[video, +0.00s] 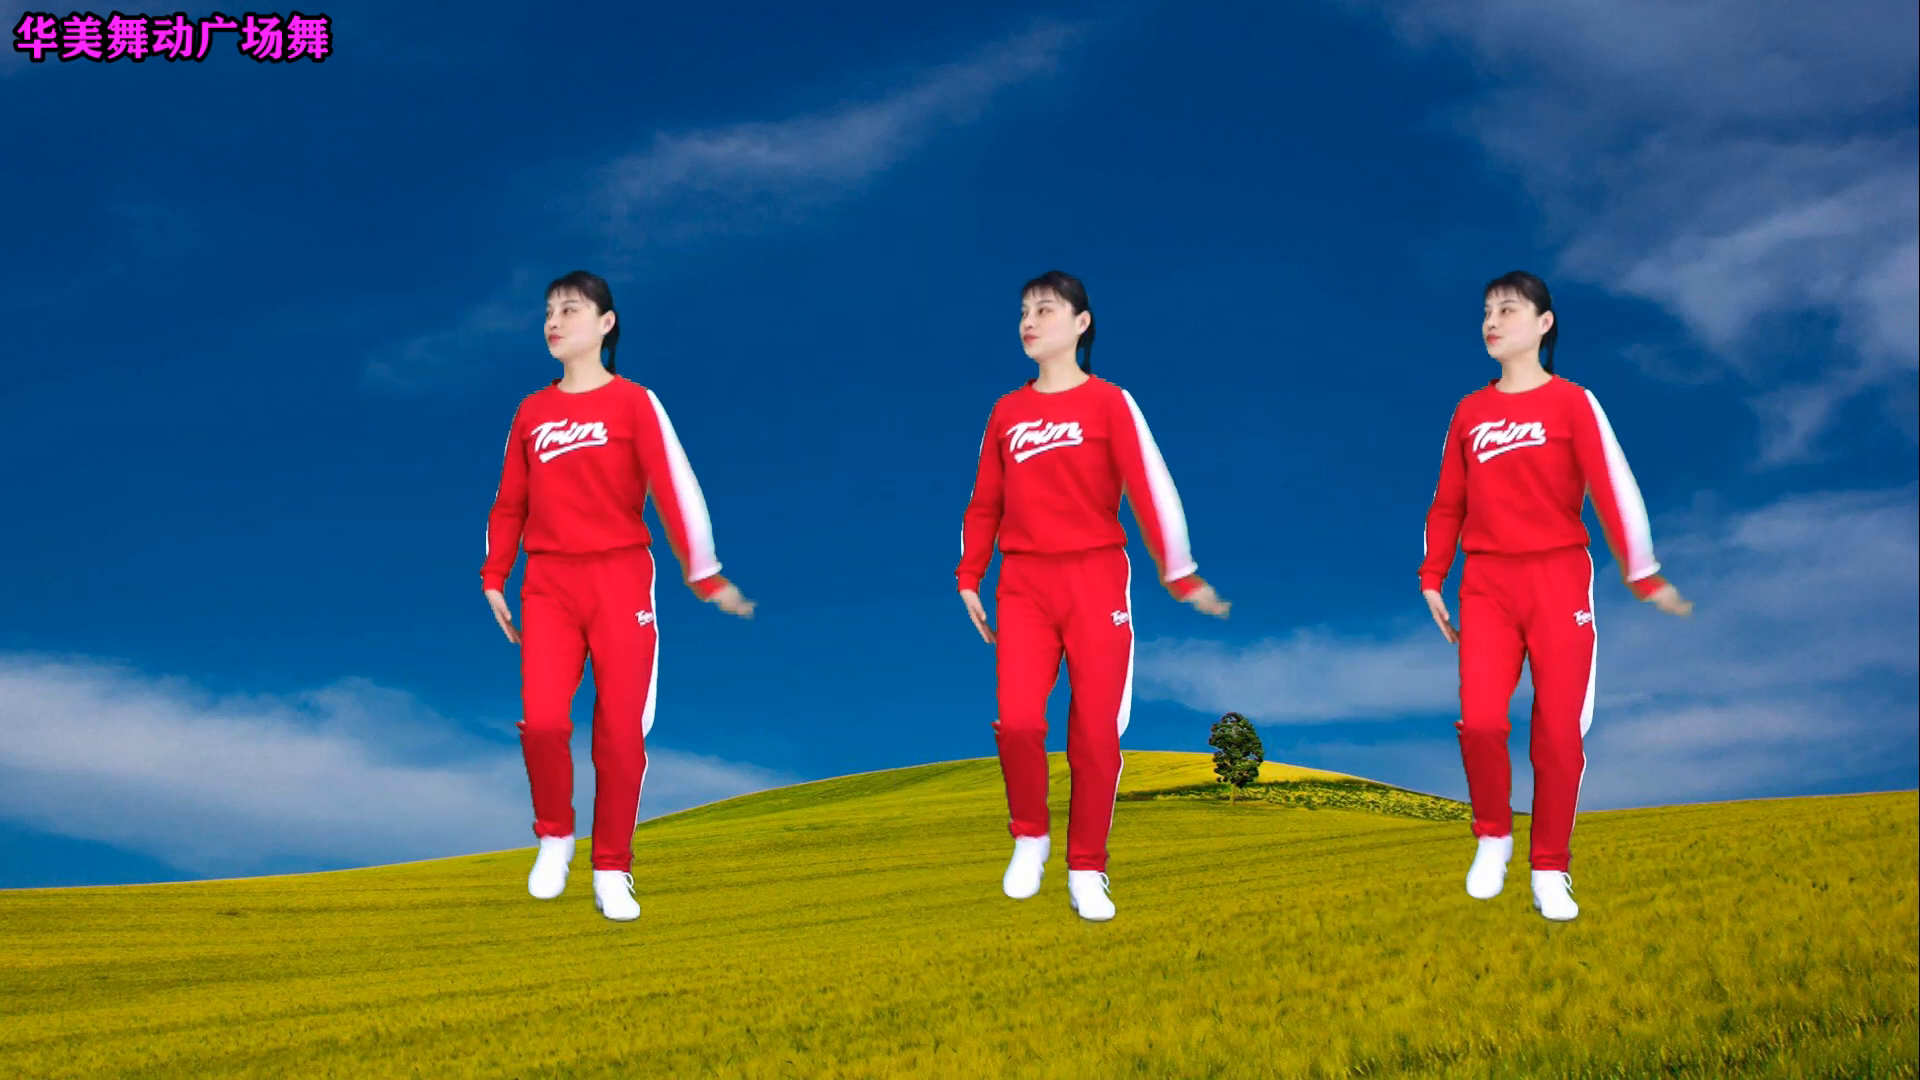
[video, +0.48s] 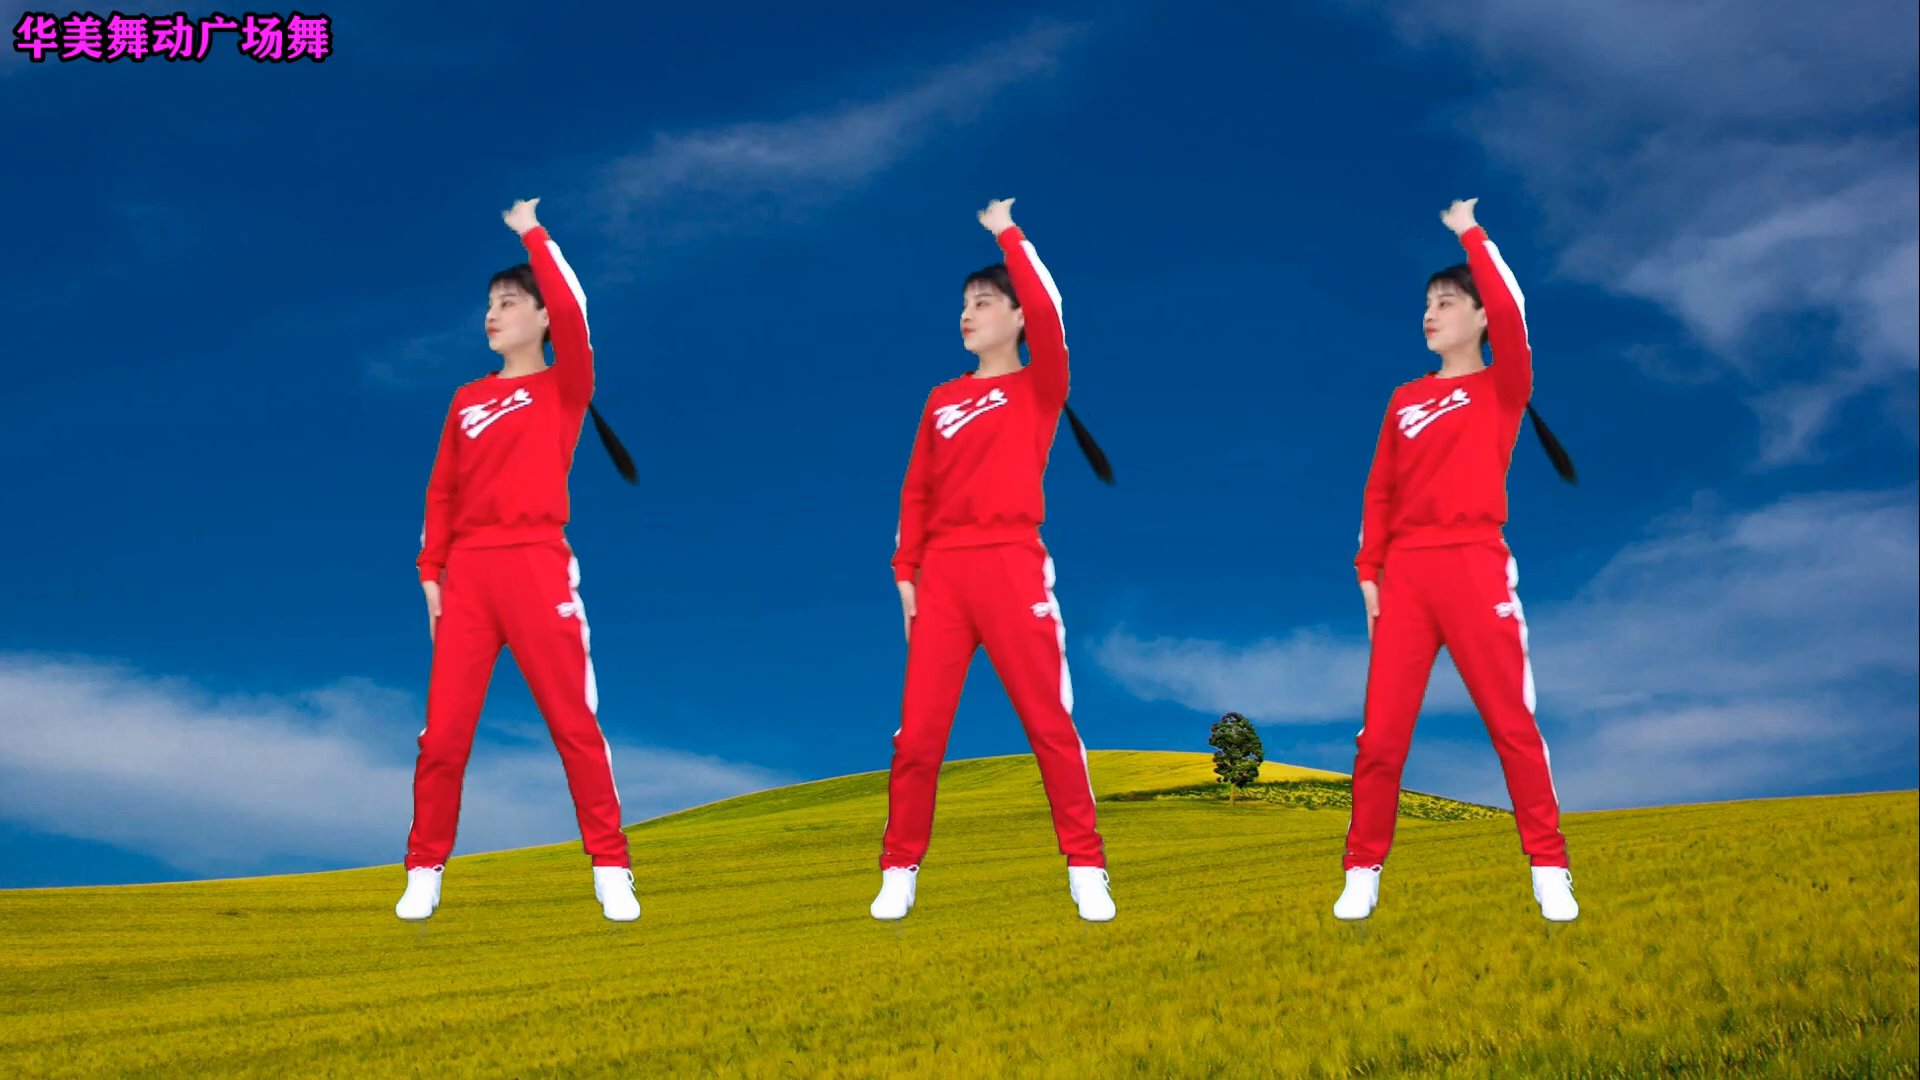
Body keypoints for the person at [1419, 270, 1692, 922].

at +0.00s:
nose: (1492, 321)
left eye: (1508, 310)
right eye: (1488, 313)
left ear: (1543, 324)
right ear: (1485, 331)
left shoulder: (1571, 401)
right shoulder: (1470, 413)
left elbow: (1612, 485)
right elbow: (1448, 502)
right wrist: (1431, 575)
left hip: (1560, 578)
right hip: (1486, 581)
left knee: (1559, 728)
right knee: (1479, 722)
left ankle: (1550, 868)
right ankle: (1493, 834)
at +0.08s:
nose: (1486, 322)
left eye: (1501, 312)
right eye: (1483, 314)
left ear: (1538, 324)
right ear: (1482, 330)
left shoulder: (1565, 399)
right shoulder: (1470, 413)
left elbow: (1560, 489)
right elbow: (1449, 503)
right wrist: (1434, 576)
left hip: (1557, 577)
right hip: (1487, 579)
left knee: (1557, 729)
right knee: (1460, 709)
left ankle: (1550, 867)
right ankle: (1470, 821)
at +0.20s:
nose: (1475, 305)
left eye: (1490, 293)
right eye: (1472, 297)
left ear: (1529, 303)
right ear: (1471, 314)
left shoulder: (1558, 369)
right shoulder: (1456, 393)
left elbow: (1494, 386)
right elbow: (1442, 485)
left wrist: (1407, 407)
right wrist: (1430, 560)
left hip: (1542, 557)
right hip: (1469, 561)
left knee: (1547, 716)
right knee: (1431, 698)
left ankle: (1552, 864)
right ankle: (1422, 829)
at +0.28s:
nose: (1467, 293)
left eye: (1482, 282)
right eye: (1463, 286)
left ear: (1520, 294)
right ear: (1462, 299)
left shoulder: (1547, 357)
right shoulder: (1448, 385)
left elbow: (1487, 331)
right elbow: (1430, 475)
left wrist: (1406, 316)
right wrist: (1418, 554)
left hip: (1528, 551)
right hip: (1456, 554)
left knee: (1540, 714)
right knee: (1414, 705)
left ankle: (1553, 861)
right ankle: (1387, 845)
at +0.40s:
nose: (1443, 309)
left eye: (1456, 300)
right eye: (1441, 300)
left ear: (1492, 310)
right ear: (1447, 316)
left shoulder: (1522, 378)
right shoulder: (1426, 394)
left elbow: (1500, 300)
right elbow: (1402, 487)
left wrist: (1440, 247)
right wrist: (1389, 567)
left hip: (1503, 559)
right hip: (1431, 564)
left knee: (1528, 719)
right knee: (1395, 724)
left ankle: (1550, 861)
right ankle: (1362, 859)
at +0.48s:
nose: (1431, 313)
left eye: (1446, 302)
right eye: (1428, 306)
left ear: (1483, 316)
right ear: (1427, 323)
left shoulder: (1502, 385)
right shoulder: (1404, 399)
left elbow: (1507, 308)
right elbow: (1379, 492)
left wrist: (1470, 229)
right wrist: (1369, 573)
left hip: (1477, 568)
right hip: (1402, 573)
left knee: (1512, 724)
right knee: (1380, 737)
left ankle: (1548, 862)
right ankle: (1362, 866)